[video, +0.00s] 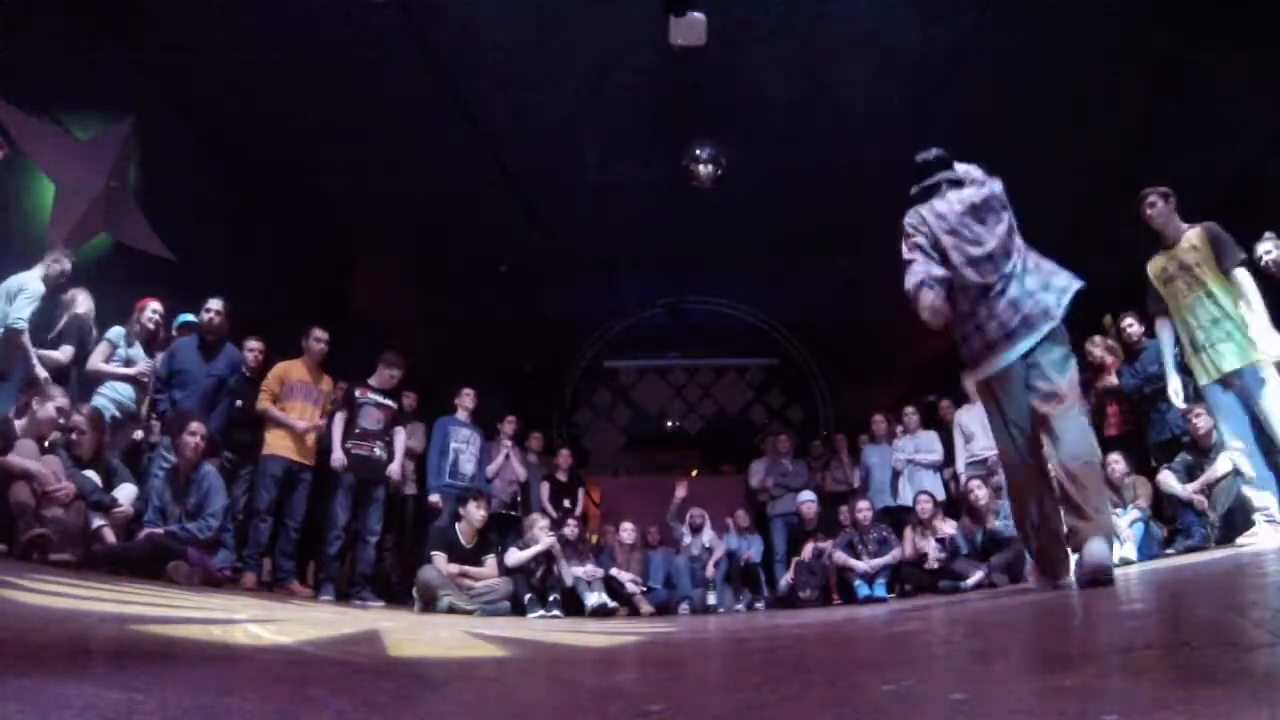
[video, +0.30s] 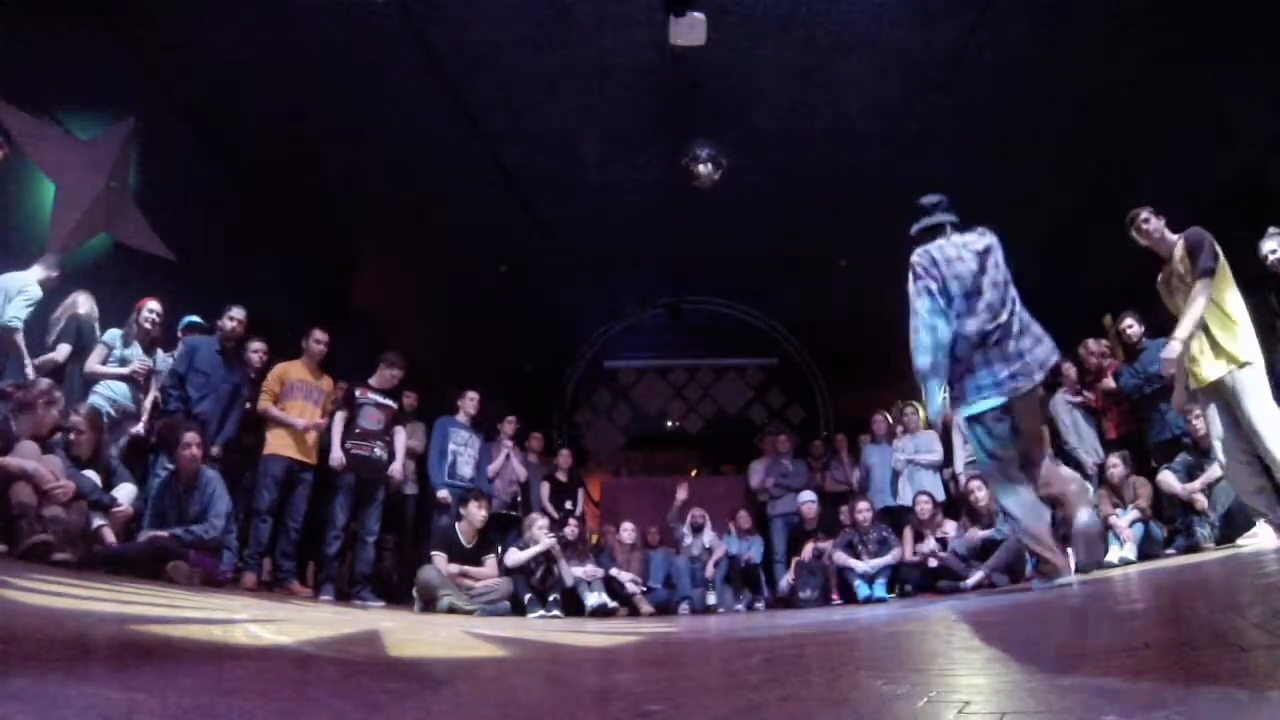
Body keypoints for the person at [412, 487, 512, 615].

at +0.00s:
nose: (483, 514)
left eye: (485, 509)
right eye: (477, 508)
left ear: (488, 511)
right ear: (462, 510)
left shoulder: (486, 537)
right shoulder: (442, 532)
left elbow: (493, 572)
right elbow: (442, 570)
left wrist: (461, 569)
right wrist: (474, 584)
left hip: (477, 590)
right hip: (447, 588)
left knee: (507, 585)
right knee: (426, 573)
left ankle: (455, 604)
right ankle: (476, 609)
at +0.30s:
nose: (484, 514)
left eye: (486, 509)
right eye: (478, 508)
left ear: (488, 511)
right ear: (462, 510)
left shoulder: (485, 537)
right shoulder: (444, 532)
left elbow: (493, 572)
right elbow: (442, 570)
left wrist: (461, 569)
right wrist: (474, 584)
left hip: (477, 589)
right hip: (448, 587)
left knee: (507, 584)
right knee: (426, 573)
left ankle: (455, 604)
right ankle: (476, 609)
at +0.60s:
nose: (485, 514)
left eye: (486, 510)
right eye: (479, 509)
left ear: (489, 511)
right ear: (463, 510)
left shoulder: (485, 538)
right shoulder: (443, 533)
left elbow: (492, 572)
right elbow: (442, 570)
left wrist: (462, 569)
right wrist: (474, 584)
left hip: (477, 590)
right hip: (448, 588)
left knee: (506, 585)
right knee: (426, 574)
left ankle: (451, 605)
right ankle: (472, 608)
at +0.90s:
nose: (485, 514)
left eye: (486, 509)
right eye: (479, 508)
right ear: (463, 510)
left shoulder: (485, 538)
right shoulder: (443, 533)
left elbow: (493, 572)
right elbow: (442, 571)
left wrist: (461, 568)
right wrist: (475, 584)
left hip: (477, 590)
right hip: (448, 588)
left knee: (506, 585)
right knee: (426, 573)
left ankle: (453, 604)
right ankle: (475, 609)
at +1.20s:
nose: (485, 513)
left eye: (487, 509)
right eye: (479, 508)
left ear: (489, 511)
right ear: (463, 510)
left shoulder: (485, 537)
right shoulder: (444, 533)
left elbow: (493, 572)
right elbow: (443, 572)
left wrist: (460, 569)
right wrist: (475, 584)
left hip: (478, 590)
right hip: (449, 588)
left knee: (507, 585)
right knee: (426, 573)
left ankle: (454, 605)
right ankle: (475, 609)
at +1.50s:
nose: (486, 514)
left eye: (487, 509)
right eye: (480, 508)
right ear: (463, 509)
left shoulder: (484, 537)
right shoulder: (444, 533)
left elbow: (492, 572)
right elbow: (442, 571)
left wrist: (460, 571)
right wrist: (475, 584)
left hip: (478, 589)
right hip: (450, 588)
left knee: (506, 585)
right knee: (426, 573)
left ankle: (454, 605)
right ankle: (475, 608)